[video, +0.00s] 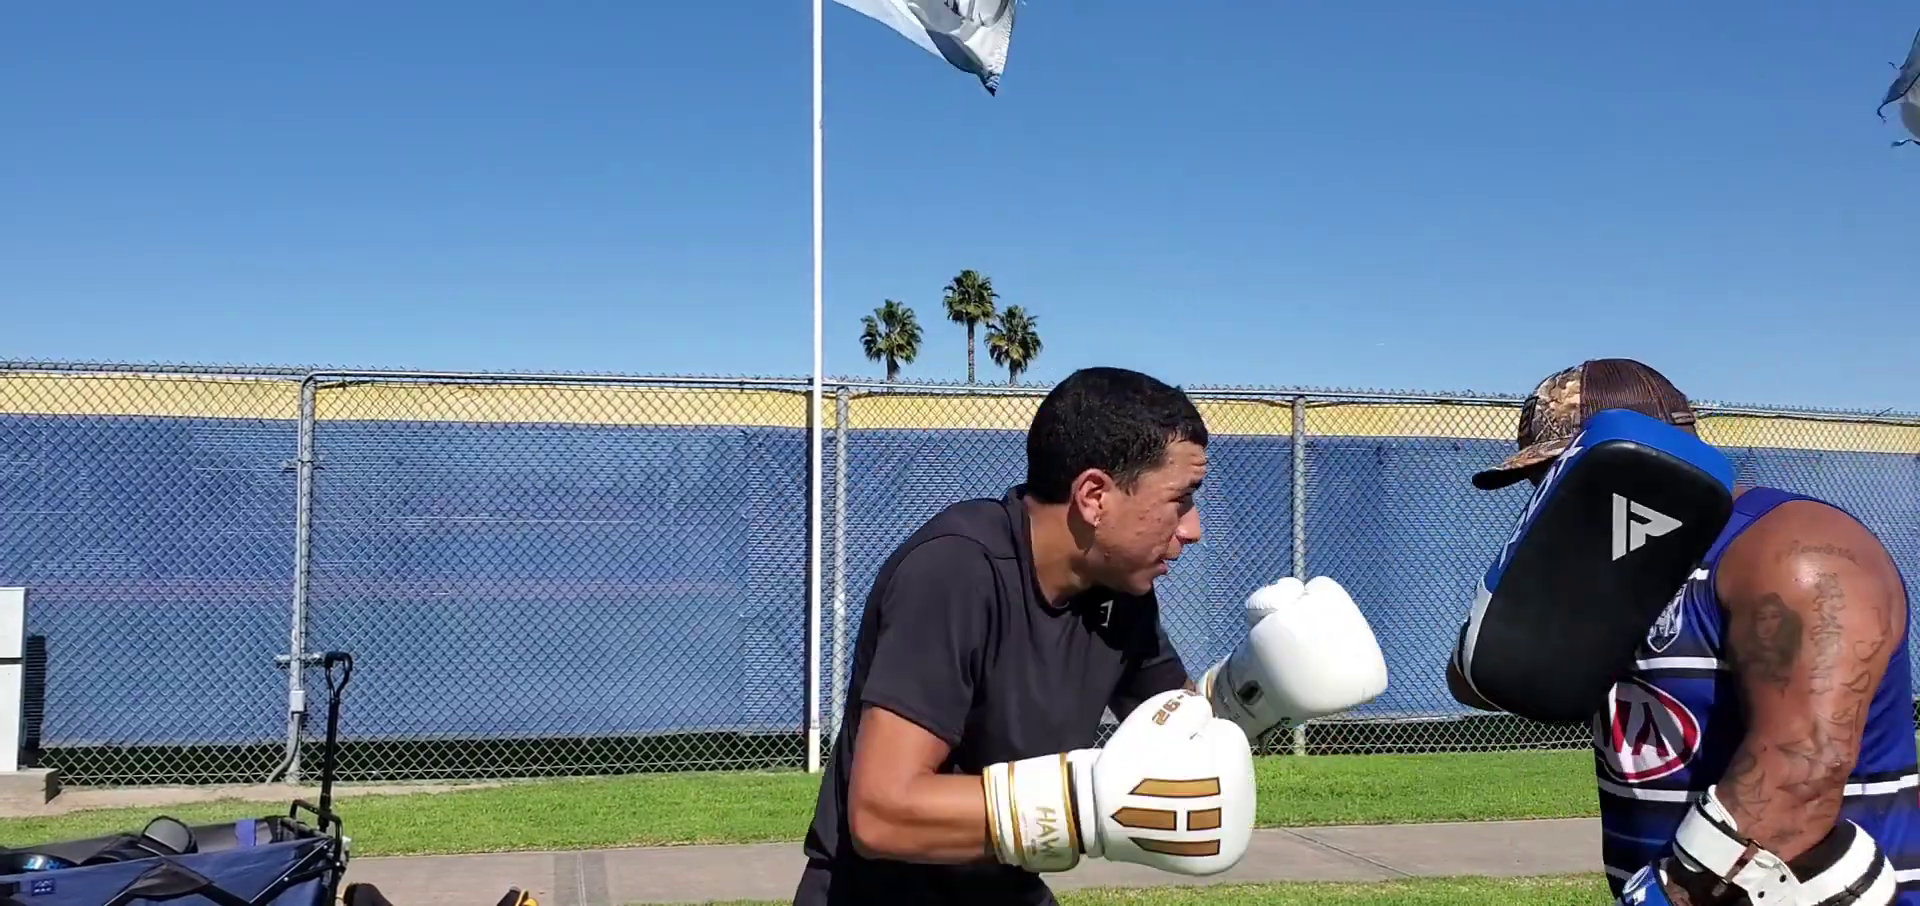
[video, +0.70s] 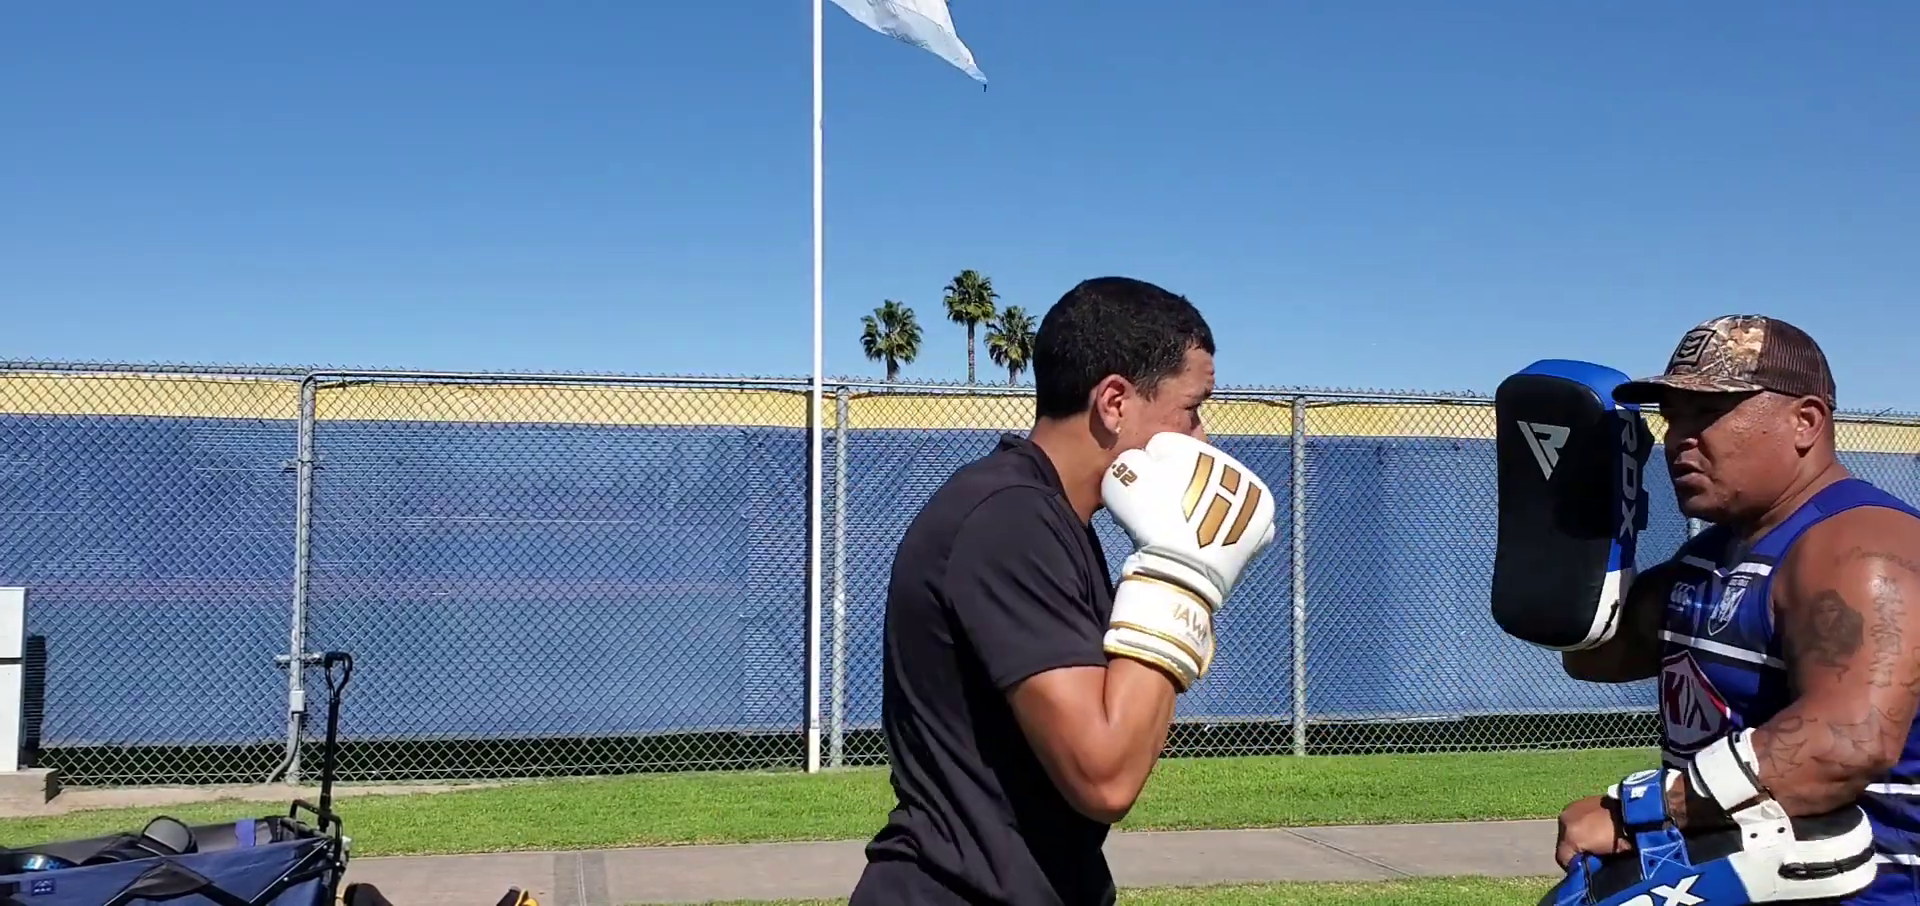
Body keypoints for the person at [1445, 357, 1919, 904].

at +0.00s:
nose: (1538, 507)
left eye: (1552, 477)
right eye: (1536, 483)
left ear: (1619, 459)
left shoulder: (1800, 560)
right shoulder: (1620, 575)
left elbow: (1796, 787)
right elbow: (1466, 681)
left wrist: (1677, 886)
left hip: (1795, 890)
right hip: (1661, 883)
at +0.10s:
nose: (1539, 501)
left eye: (1550, 474)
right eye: (1533, 480)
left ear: (1632, 450)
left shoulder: (1790, 558)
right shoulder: (1618, 566)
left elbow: (1775, 793)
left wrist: (1653, 886)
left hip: (1793, 890)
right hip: (1648, 878)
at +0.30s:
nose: (1551, 460)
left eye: (1567, 425)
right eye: (1554, 435)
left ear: (1650, 414)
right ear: (1649, 417)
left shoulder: (1775, 532)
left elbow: (1746, 757)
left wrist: (1604, 880)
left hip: (1824, 883)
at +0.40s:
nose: (1584, 453)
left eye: (1610, 425)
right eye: (1586, 433)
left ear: (1710, 427)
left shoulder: (1812, 552)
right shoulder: (1624, 578)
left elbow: (1772, 759)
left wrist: (1588, 856)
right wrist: (1534, 671)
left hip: (1842, 883)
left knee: (1759, 841)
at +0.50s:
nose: (1628, 457)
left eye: (1657, 428)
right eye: (1622, 434)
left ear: (1756, 437)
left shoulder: (1841, 563)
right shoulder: (1652, 586)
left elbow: (1856, 768)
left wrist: (1640, 850)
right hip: (1687, 875)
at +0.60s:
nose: (1656, 448)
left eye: (1688, 421)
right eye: (1651, 425)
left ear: (1784, 429)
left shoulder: (1852, 557)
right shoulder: (1690, 563)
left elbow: (1848, 762)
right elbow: (1596, 700)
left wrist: (1648, 861)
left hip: (1822, 880)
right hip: (1706, 875)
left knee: (1603, 882)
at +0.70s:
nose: (1678, 439)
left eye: (1707, 412)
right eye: (1672, 416)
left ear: (1805, 423)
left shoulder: (1860, 549)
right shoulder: (1717, 551)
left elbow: (1846, 741)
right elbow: (1596, 654)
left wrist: (1639, 808)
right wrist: (1592, 494)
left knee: (1596, 895)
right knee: (1570, 890)